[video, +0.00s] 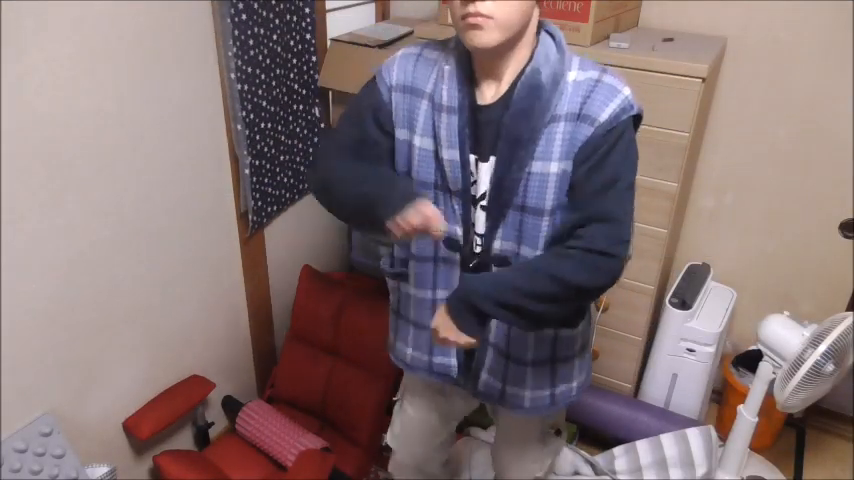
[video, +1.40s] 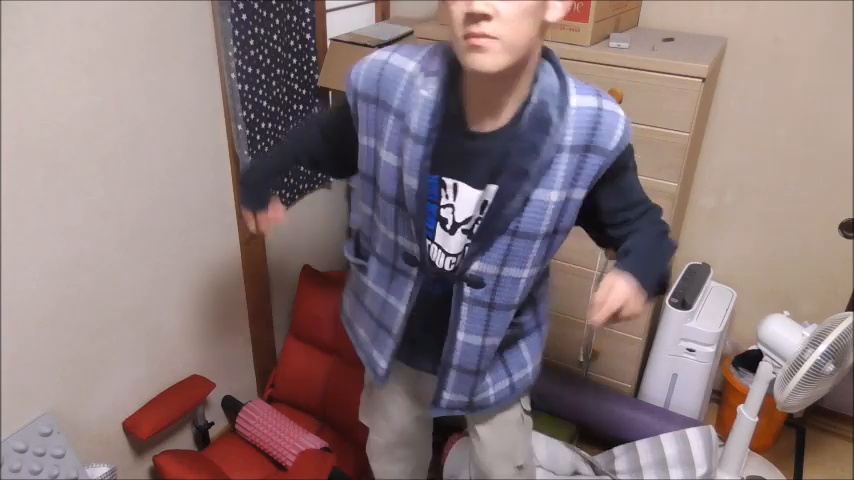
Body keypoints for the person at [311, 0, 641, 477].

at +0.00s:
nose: (470, 4)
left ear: (537, 3)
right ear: (448, 6)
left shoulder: (596, 105)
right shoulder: (406, 77)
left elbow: (599, 254)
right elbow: (333, 164)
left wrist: (477, 300)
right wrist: (389, 197)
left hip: (534, 356)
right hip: (432, 342)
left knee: (519, 471)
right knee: (410, 464)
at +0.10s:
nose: (466, 0)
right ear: (446, 2)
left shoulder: (605, 98)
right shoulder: (408, 67)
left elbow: (632, 241)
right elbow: (316, 110)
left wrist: (515, 275)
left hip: (532, 351)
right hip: (427, 335)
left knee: (525, 469)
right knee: (403, 461)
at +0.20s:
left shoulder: (605, 100)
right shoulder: (411, 69)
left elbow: (652, 237)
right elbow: (366, 133)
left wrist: (564, 271)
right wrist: (250, 95)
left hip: (522, 345)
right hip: (418, 326)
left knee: (516, 469)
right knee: (395, 454)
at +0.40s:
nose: (427, 44)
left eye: (457, 21)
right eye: (414, 20)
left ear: (506, 48)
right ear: (401, 36)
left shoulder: (554, 181)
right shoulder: (392, 122)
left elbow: (578, 271)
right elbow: (385, 190)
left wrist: (506, 338)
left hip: (478, 366)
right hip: (387, 344)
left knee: (469, 469)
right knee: (373, 452)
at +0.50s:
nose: (413, 49)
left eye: (442, 30)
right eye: (398, 25)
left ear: (491, 51)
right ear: (384, 38)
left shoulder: (542, 180)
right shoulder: (382, 122)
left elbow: (574, 277)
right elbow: (354, 157)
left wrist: (500, 334)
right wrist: (260, 130)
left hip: (469, 380)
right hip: (384, 361)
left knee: (468, 472)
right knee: (371, 452)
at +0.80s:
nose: (397, 13)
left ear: (476, 5)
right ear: (372, 10)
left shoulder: (556, 104)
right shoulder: (383, 113)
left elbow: (603, 214)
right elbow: (379, 201)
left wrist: (559, 306)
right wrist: (317, 160)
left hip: (528, 337)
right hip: (428, 332)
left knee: (520, 470)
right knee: (397, 461)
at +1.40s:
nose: (476, 9)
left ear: (556, 9)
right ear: (442, 7)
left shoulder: (589, 128)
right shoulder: (387, 86)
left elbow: (642, 228)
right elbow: (324, 145)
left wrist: (636, 271)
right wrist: (264, 180)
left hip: (495, 347)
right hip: (395, 333)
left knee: (506, 467)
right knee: (392, 461)